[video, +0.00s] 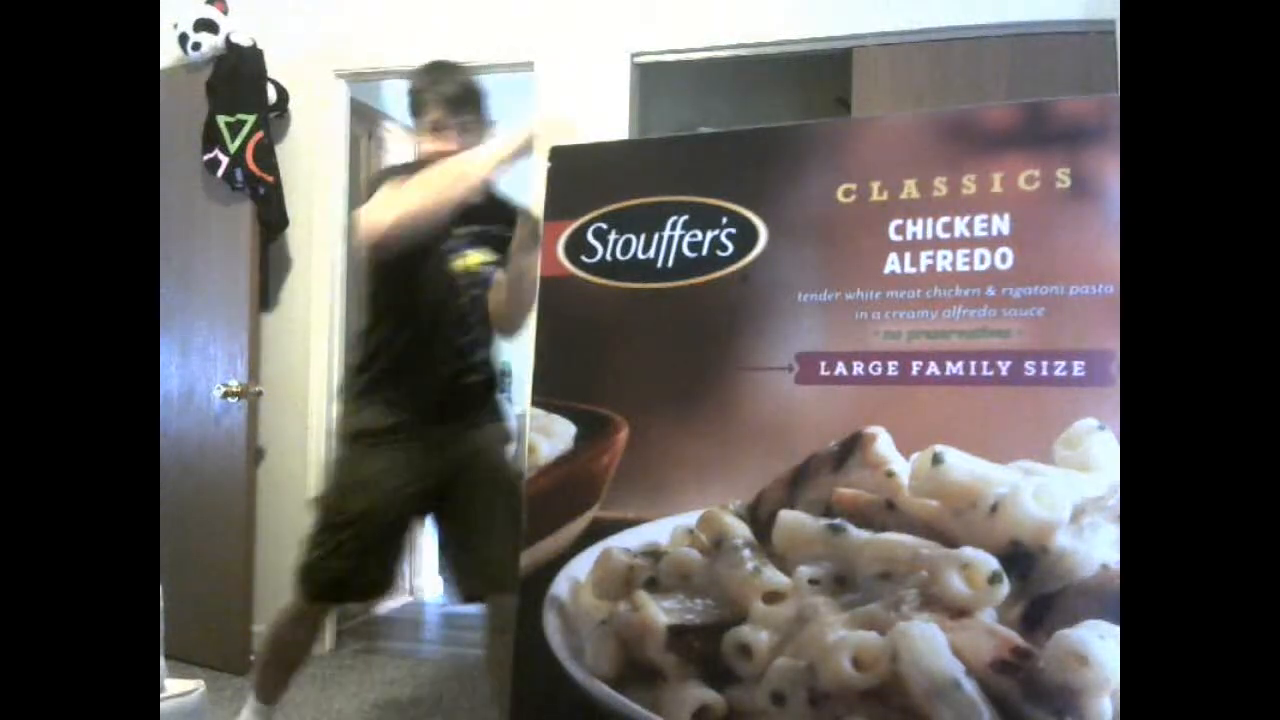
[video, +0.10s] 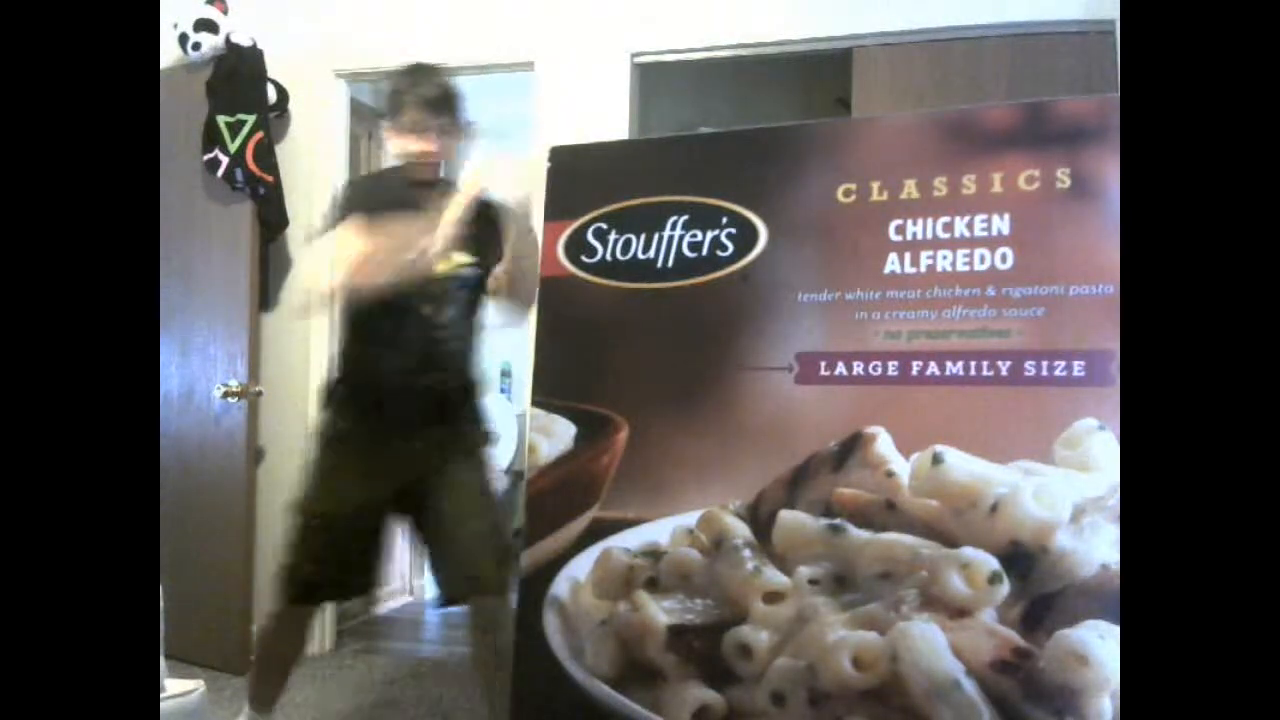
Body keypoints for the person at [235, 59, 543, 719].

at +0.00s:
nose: (446, 144)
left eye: (460, 131)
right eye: (434, 130)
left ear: (484, 133)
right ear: (415, 131)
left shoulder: (503, 219)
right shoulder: (392, 189)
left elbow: (507, 321)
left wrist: (527, 247)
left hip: (472, 428)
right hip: (384, 429)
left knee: (507, 597)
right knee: (318, 594)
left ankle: (515, 716)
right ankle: (256, 710)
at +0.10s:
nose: (425, 145)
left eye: (438, 131)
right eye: (410, 130)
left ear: (460, 136)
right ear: (387, 134)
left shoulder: (479, 215)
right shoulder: (365, 199)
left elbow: (517, 297)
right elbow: (346, 278)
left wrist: (522, 232)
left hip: (448, 425)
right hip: (362, 423)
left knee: (491, 588)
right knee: (302, 590)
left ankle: (506, 714)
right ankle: (257, 713)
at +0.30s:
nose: (326, 138)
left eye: (338, 122)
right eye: (310, 126)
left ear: (368, 122)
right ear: (293, 129)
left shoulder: (399, 171)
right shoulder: (280, 197)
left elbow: (358, 173)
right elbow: (247, 298)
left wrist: (256, 169)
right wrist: (190, 332)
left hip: (391, 419)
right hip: (301, 419)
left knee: (411, 583)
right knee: (262, 577)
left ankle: (453, 714)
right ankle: (251, 714)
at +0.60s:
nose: (291, 143)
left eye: (307, 127)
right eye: (278, 128)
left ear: (332, 127)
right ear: (261, 131)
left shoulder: (369, 191)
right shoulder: (256, 208)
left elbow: (349, 276)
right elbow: (241, 317)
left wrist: (220, 208)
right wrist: (199, 325)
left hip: (384, 409)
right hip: (298, 412)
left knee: (415, 564)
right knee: (266, 576)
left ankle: (462, 712)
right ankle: (253, 714)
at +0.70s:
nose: (304, 150)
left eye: (319, 135)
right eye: (290, 134)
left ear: (337, 137)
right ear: (264, 137)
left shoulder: (375, 195)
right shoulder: (243, 231)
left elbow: (460, 222)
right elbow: (236, 336)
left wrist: (398, 267)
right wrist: (272, 375)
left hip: (391, 415)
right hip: (298, 424)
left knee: (440, 575)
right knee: (261, 589)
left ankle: (489, 712)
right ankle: (253, 714)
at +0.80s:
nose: (351, 166)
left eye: (364, 151)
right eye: (338, 150)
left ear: (382, 156)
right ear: (311, 152)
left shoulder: (403, 221)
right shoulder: (273, 244)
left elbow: (502, 222)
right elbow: (257, 355)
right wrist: (335, 358)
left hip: (400, 442)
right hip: (308, 446)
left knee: (451, 592)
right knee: (257, 604)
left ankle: (494, 714)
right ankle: (251, 715)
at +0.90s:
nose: (385, 159)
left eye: (395, 145)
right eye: (371, 145)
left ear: (407, 148)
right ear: (340, 148)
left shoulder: (429, 218)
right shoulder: (297, 234)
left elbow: (530, 213)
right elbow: (262, 330)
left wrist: (593, 197)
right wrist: (357, 312)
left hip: (413, 441)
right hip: (323, 446)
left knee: (465, 591)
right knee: (273, 606)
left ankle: (496, 714)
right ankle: (254, 715)